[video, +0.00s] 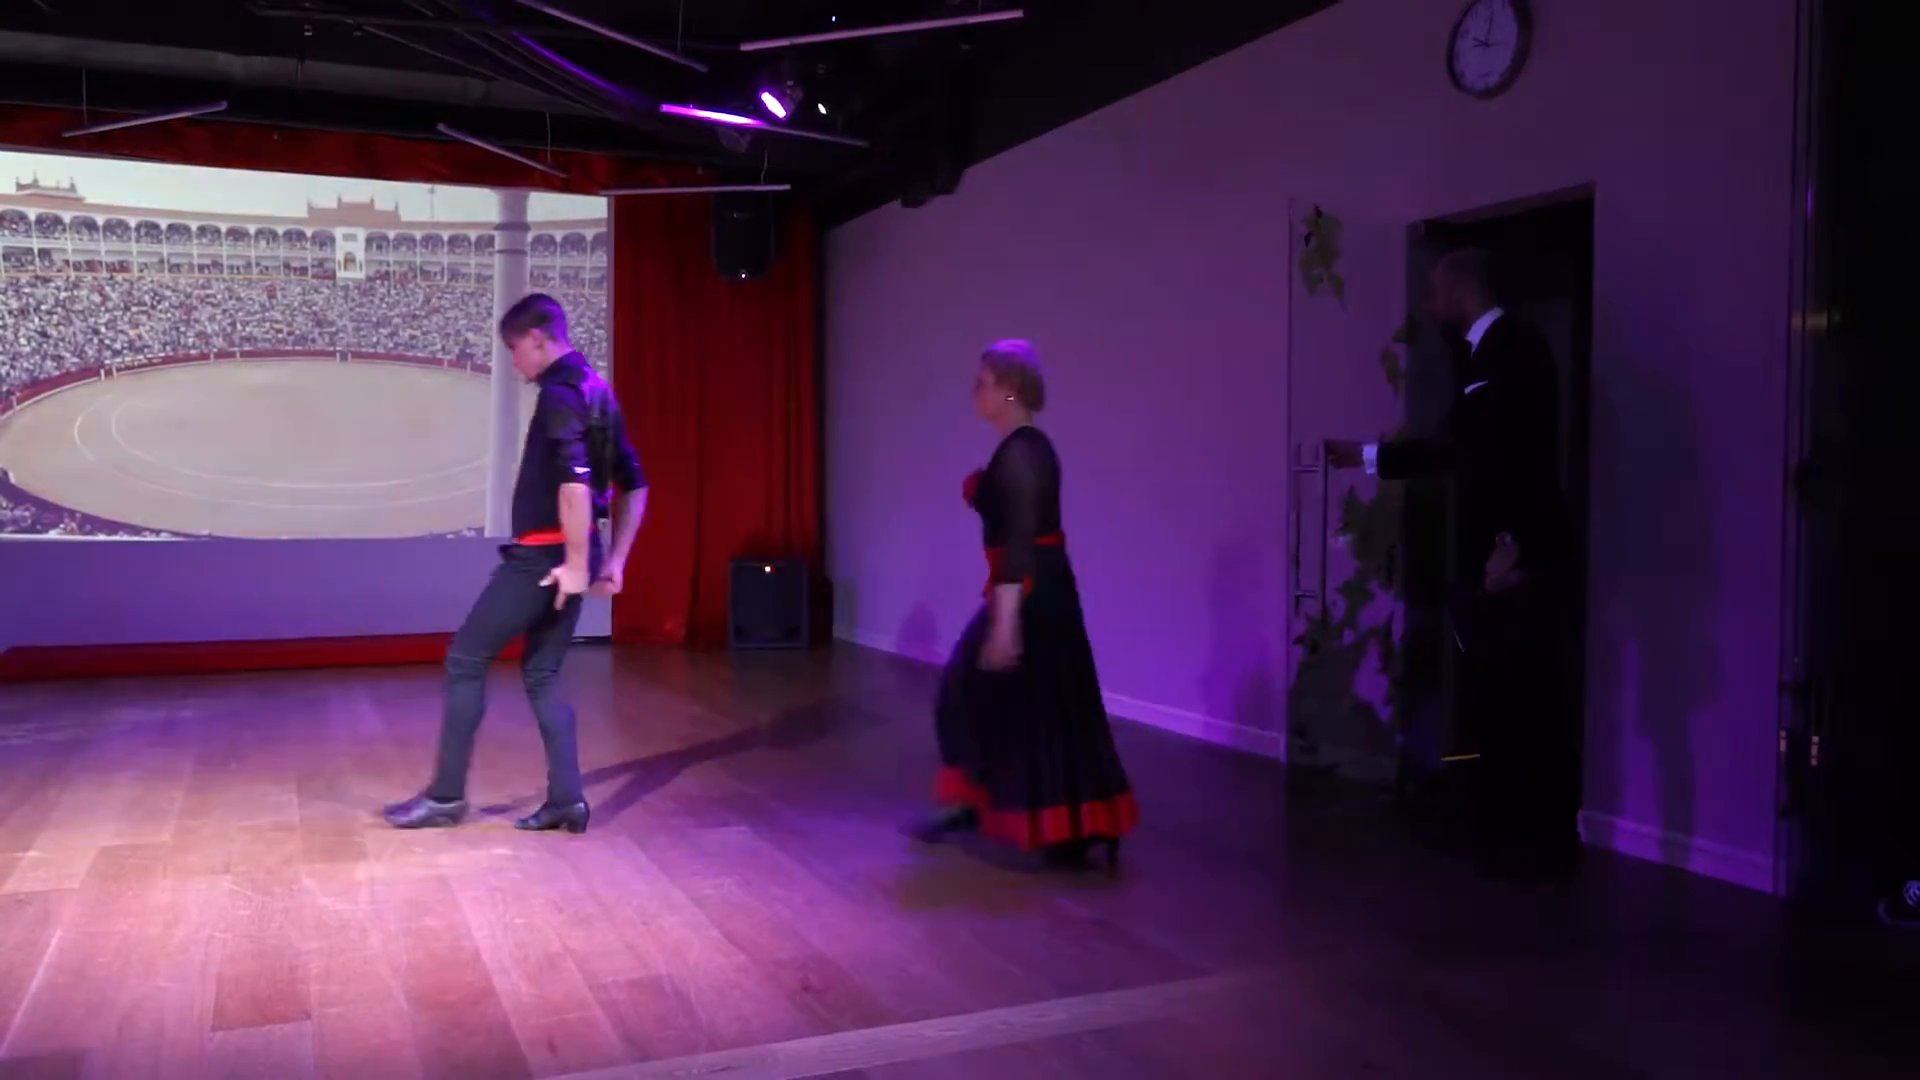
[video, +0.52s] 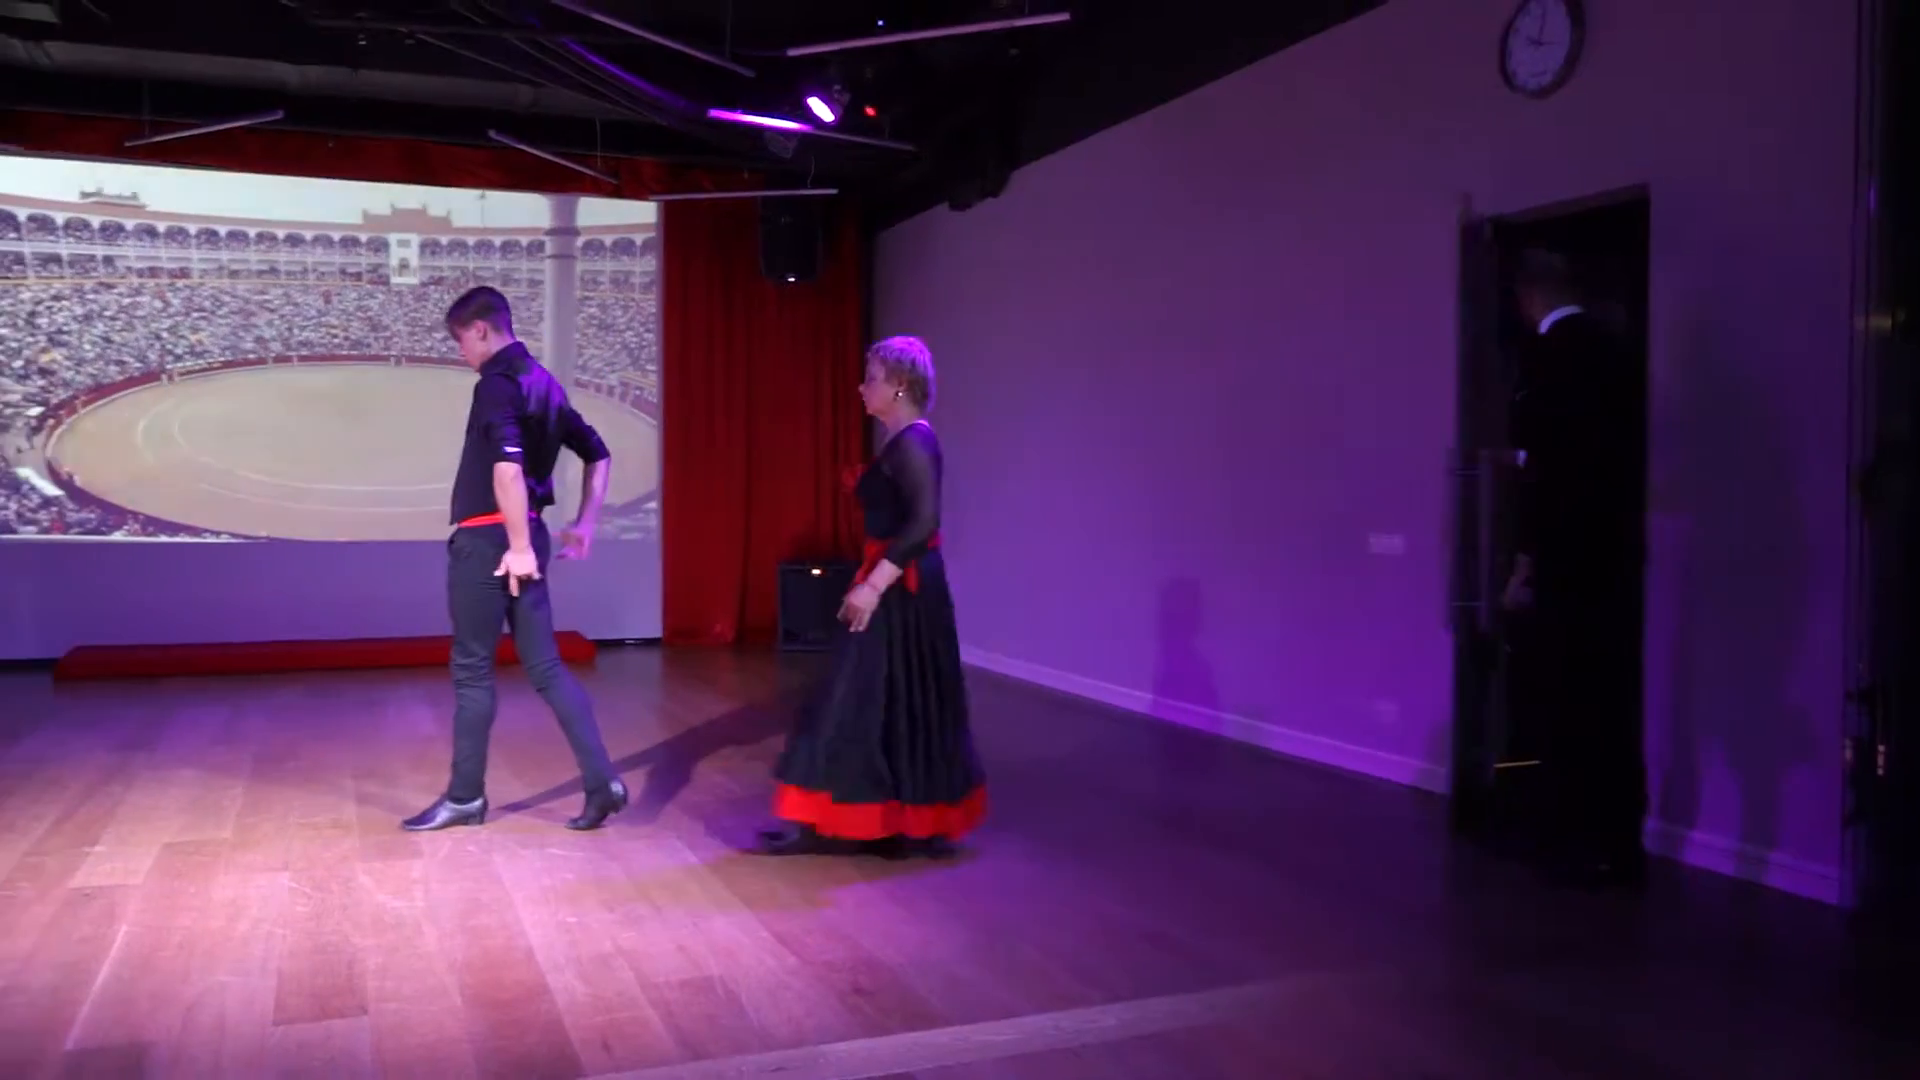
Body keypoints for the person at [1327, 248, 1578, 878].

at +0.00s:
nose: (1433, 305)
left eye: (1439, 290)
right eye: (1433, 292)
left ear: (1464, 288)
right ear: (1468, 286)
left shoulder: (1511, 351)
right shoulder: (1479, 352)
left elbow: (1513, 455)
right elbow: (1459, 451)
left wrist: (1511, 539)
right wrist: (1369, 456)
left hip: (1518, 558)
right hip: (1493, 555)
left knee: (1510, 695)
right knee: (1494, 693)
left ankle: (1521, 835)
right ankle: (1499, 828)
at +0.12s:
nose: (1440, 302)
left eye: (1445, 290)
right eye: (1441, 291)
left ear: (1466, 290)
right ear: (1482, 288)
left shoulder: (1508, 352)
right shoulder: (1487, 352)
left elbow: (1510, 459)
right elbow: (1475, 457)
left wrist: (1501, 540)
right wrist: (1393, 457)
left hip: (1510, 557)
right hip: (1492, 551)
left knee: (1507, 691)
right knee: (1498, 689)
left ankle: (1515, 828)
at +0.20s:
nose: (1445, 302)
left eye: (1449, 290)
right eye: (1447, 291)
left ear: (1465, 289)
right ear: (1488, 287)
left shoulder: (1511, 351)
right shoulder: (1491, 349)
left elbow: (1513, 460)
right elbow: (1483, 456)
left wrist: (1498, 546)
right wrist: (1414, 460)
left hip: (1515, 557)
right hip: (1494, 553)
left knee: (1507, 692)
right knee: (1495, 690)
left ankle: (1512, 829)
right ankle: (1496, 824)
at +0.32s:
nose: (1459, 308)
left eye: (1460, 296)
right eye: (1460, 296)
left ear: (1473, 294)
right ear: (1506, 290)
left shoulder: (1511, 356)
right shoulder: (1527, 349)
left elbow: (1507, 463)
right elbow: (1508, 460)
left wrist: (1494, 548)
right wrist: (1444, 465)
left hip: (1521, 554)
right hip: (1530, 546)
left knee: (1511, 693)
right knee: (1521, 691)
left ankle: (1518, 830)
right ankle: (1524, 827)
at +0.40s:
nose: (1481, 310)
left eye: (1483, 299)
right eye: (1483, 298)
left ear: (1494, 299)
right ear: (1532, 290)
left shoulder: (1525, 357)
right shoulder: (1560, 349)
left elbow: (1523, 468)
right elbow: (1534, 463)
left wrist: (1502, 552)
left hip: (1540, 552)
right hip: (1567, 545)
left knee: (1535, 693)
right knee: (1562, 692)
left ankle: (1542, 833)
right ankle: (1570, 833)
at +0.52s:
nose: (1520, 310)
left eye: (1521, 298)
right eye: (1523, 297)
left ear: (1530, 299)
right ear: (1575, 290)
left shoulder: (1549, 361)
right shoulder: (1615, 352)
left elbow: (1546, 475)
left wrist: (1526, 560)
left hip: (1567, 557)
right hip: (1614, 550)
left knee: (1564, 697)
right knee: (1608, 697)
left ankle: (1567, 837)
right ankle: (1613, 838)